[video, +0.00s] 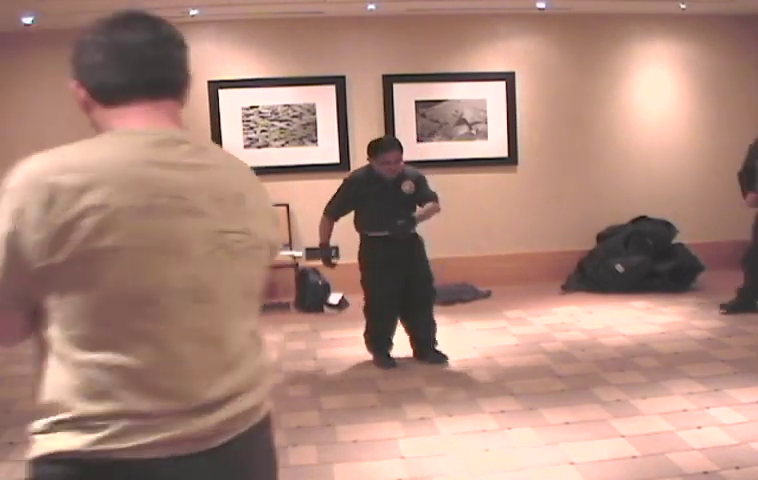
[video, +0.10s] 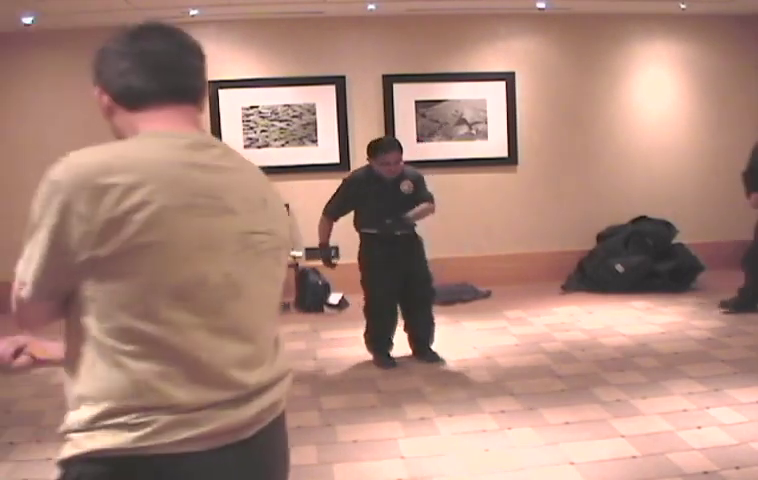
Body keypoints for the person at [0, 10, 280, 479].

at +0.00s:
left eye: (74, 91)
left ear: (81, 96)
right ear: (183, 90)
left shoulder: (41, 184)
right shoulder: (244, 183)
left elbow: (9, 325)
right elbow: (254, 293)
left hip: (90, 464)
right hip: (236, 459)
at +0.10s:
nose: (97, 108)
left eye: (96, 98)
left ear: (106, 100)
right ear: (203, 94)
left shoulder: (82, 178)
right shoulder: (260, 187)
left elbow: (31, 310)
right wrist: (52, 352)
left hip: (124, 461)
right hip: (255, 455)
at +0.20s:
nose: (110, 113)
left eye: (106, 103)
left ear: (118, 104)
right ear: (209, 98)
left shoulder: (105, 177)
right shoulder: (265, 183)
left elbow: (41, 314)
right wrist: (58, 358)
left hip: (147, 457)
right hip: (266, 450)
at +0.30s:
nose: (114, 121)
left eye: (110, 108)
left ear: (120, 102)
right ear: (210, 97)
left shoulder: (117, 175)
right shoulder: (268, 179)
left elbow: (54, 318)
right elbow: (209, 331)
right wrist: (65, 358)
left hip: (161, 455)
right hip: (276, 445)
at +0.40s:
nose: (115, 120)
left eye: (110, 107)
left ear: (121, 102)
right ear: (209, 94)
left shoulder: (119, 174)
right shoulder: (270, 178)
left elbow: (58, 318)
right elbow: (213, 328)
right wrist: (73, 354)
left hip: (164, 451)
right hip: (280, 442)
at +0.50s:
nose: (116, 120)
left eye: (111, 106)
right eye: (112, 108)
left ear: (122, 101)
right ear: (208, 94)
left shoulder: (112, 174)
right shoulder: (272, 176)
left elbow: (58, 315)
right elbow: (226, 319)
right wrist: (80, 348)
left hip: (163, 448)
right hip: (280, 438)